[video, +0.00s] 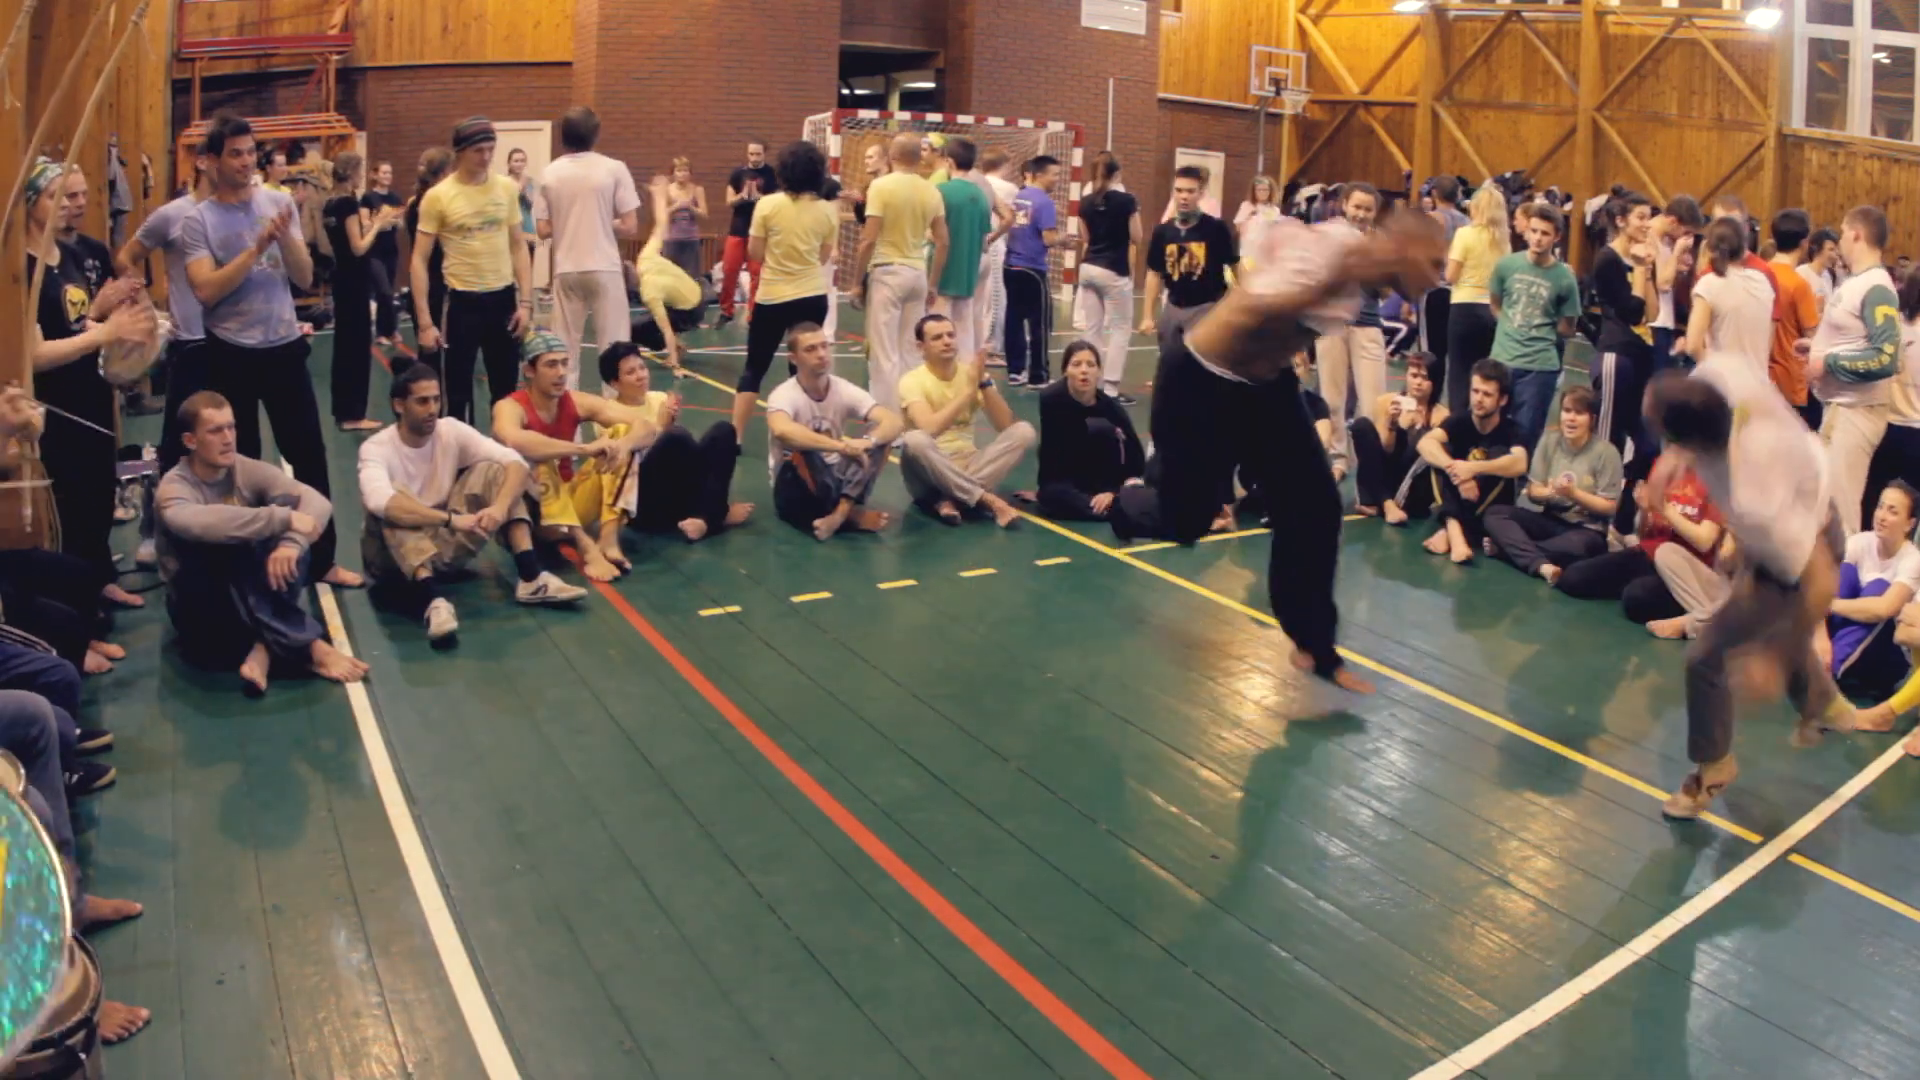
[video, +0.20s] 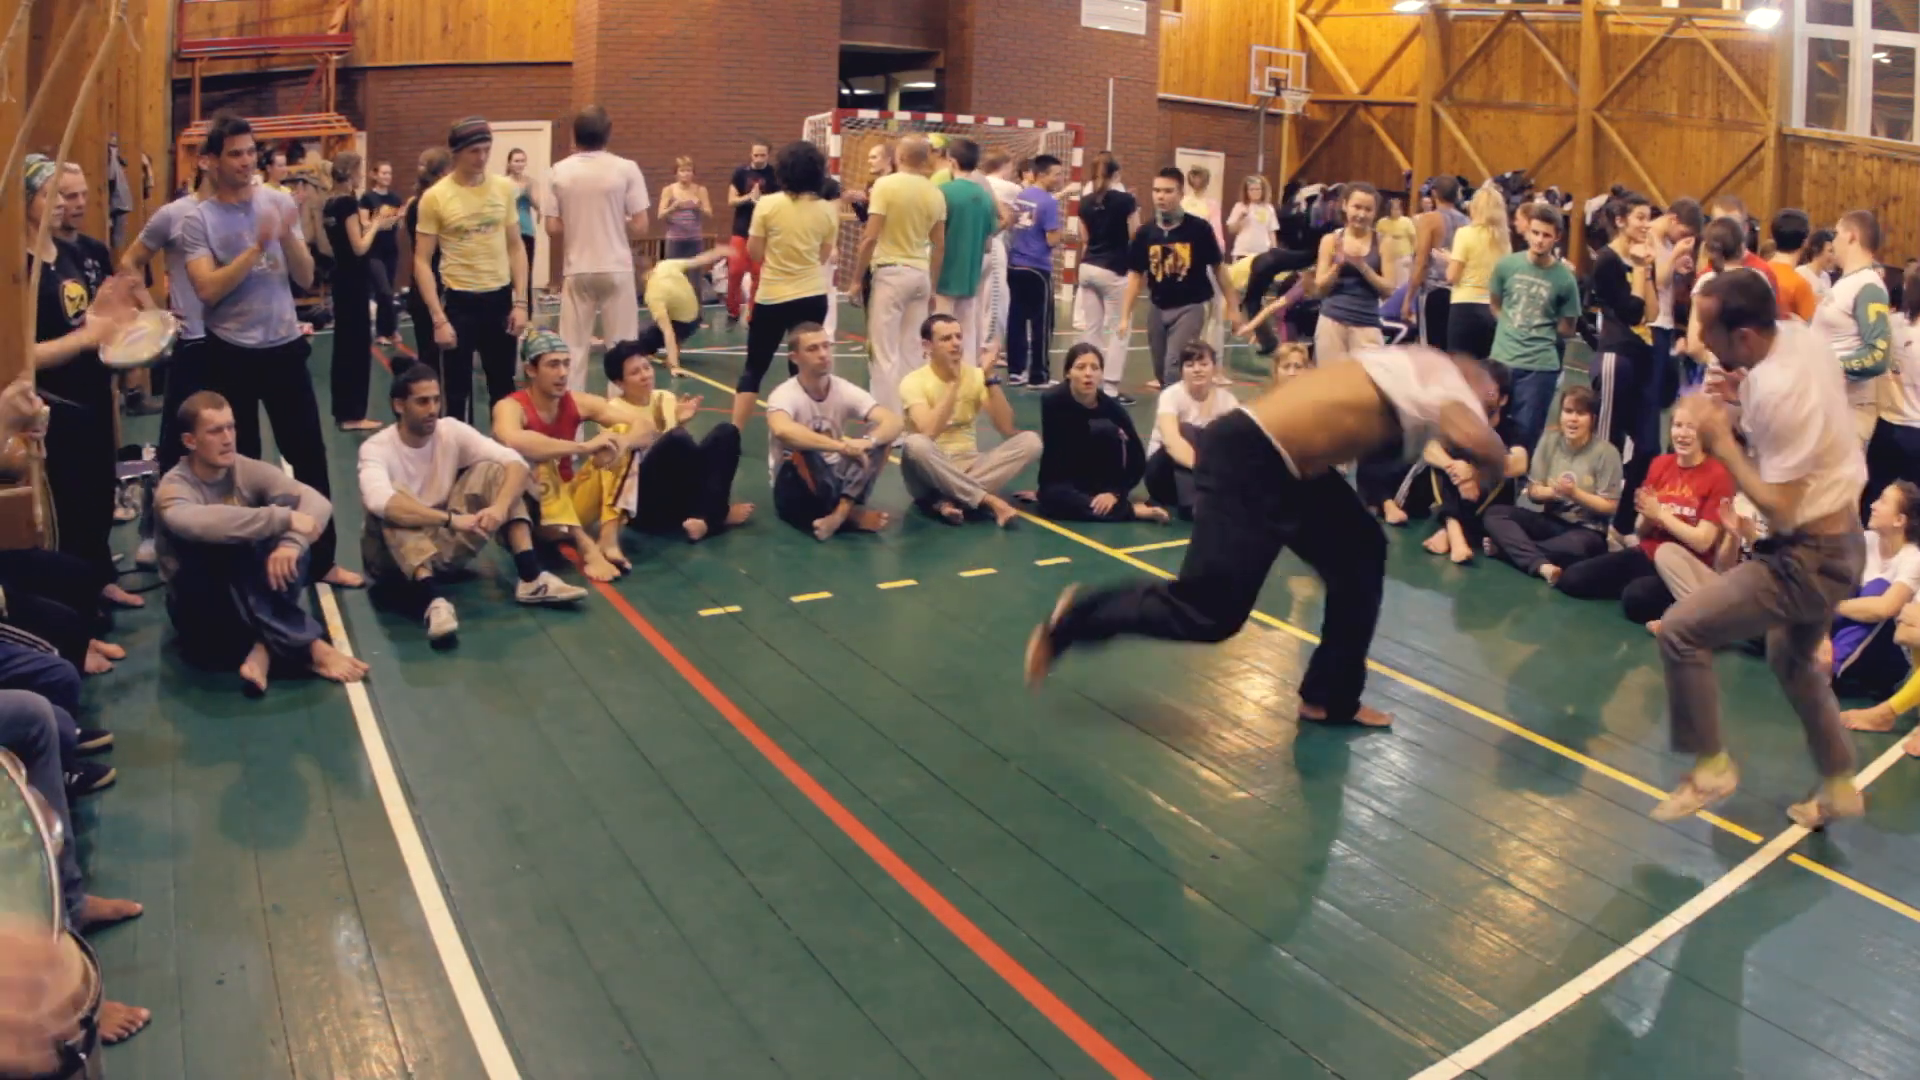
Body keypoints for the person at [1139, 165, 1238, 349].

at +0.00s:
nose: (1183, 197)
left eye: (1190, 191)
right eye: (1179, 191)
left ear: (1201, 194)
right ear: (1173, 193)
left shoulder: (1217, 229)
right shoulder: (1162, 232)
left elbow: (1236, 267)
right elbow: (1153, 274)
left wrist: (1246, 302)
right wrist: (1147, 316)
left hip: (1207, 310)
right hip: (1172, 309)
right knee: (1169, 370)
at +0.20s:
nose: (1160, 197)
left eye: (1168, 191)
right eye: (1156, 191)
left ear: (1181, 194)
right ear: (1151, 194)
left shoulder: (1200, 229)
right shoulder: (1145, 233)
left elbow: (1218, 269)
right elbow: (1135, 275)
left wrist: (1233, 306)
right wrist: (1125, 316)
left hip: (1190, 308)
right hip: (1157, 309)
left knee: (1173, 370)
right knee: (1160, 372)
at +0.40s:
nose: (1152, 198)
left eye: (1160, 192)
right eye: (1149, 191)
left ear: (1174, 196)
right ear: (1144, 194)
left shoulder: (1188, 235)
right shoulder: (1134, 230)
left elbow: (1201, 281)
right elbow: (1125, 270)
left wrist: (1202, 325)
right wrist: (1114, 309)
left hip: (1169, 311)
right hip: (1140, 310)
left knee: (1150, 376)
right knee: (1147, 374)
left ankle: (1140, 438)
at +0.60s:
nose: (1148, 198)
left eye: (1156, 193)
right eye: (1145, 191)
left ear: (1170, 199)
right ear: (1140, 192)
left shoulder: (1177, 237)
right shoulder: (1129, 222)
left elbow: (1182, 283)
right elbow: (1115, 261)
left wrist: (1169, 323)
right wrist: (1104, 301)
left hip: (1152, 314)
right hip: (1123, 309)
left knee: (1140, 383)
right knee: (1116, 372)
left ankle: (1135, 440)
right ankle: (1133, 423)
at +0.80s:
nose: (1139, 197)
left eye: (1147, 193)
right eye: (1136, 191)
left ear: (1161, 198)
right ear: (1130, 191)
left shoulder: (1167, 236)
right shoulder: (1115, 221)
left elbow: (1170, 280)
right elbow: (1104, 261)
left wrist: (1146, 310)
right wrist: (1089, 300)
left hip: (1145, 313)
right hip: (1110, 306)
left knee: (1136, 378)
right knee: (1098, 370)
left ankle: (1133, 435)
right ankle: (1098, 426)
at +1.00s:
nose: (1120, 199)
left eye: (1128, 194)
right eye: (1116, 193)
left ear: (1141, 198)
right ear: (1110, 194)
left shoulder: (1152, 237)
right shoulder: (1097, 227)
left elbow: (1161, 282)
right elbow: (1084, 266)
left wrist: (1149, 325)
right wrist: (1077, 309)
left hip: (1136, 316)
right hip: (1100, 312)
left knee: (1135, 384)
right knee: (1089, 376)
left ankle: (1133, 437)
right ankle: (1082, 433)